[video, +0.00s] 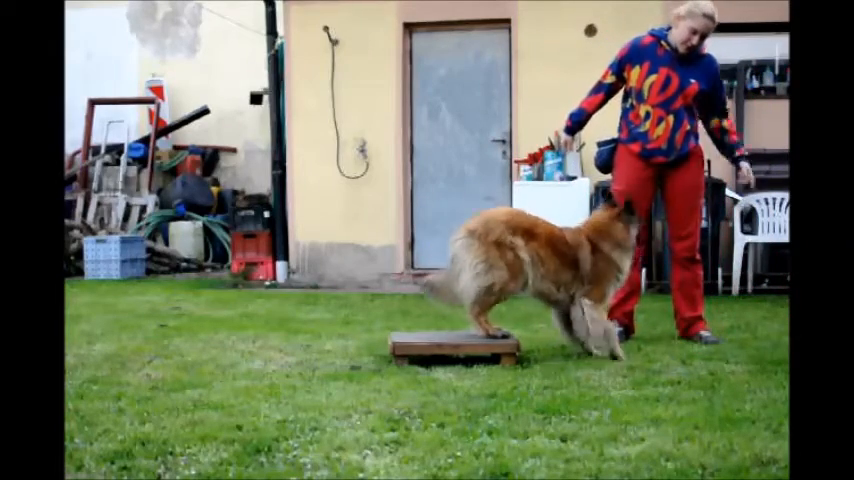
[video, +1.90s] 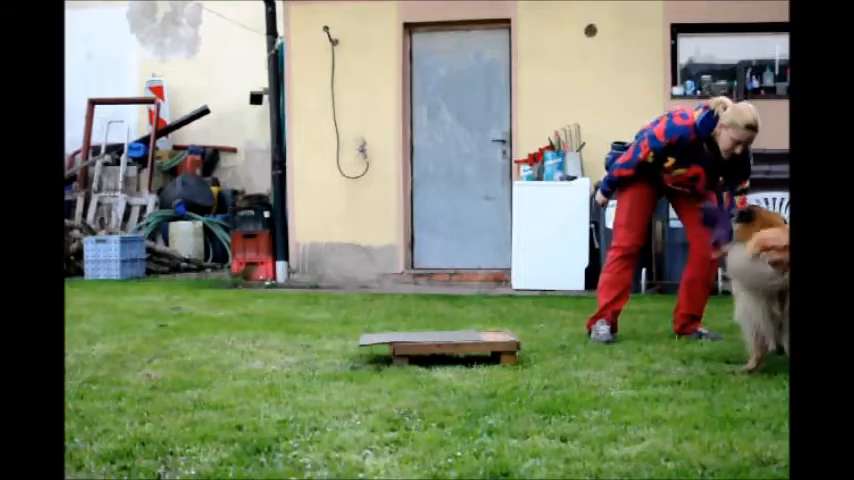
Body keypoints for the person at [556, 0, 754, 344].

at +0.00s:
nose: (695, 40)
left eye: (702, 36)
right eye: (693, 31)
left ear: (707, 36)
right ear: (676, 19)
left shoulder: (705, 65)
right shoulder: (639, 49)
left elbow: (717, 117)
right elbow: (604, 88)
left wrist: (739, 157)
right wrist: (571, 126)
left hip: (684, 159)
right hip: (635, 156)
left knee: (686, 246)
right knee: (625, 240)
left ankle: (692, 325)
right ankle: (620, 321)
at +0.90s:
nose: (702, 82)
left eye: (705, 76)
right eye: (698, 74)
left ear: (706, 72)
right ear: (676, 66)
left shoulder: (700, 100)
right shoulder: (639, 86)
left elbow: (702, 147)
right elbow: (603, 126)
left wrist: (713, 191)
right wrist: (572, 171)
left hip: (669, 168)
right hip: (622, 165)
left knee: (686, 243)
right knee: (617, 242)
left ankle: (692, 325)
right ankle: (602, 321)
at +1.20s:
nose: (703, 134)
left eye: (707, 129)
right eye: (700, 128)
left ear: (710, 121)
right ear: (682, 116)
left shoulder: (697, 138)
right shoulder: (646, 111)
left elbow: (693, 178)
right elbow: (602, 141)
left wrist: (699, 221)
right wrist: (572, 184)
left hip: (658, 177)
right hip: (613, 171)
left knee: (675, 244)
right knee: (606, 243)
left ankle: (687, 323)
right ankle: (600, 321)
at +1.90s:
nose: (739, 150)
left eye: (745, 145)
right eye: (735, 142)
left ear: (751, 141)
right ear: (720, 127)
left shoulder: (739, 160)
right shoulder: (681, 127)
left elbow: (732, 203)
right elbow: (636, 153)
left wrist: (722, 239)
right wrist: (606, 189)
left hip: (689, 185)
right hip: (646, 174)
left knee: (707, 248)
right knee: (627, 244)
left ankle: (688, 324)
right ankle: (604, 321)